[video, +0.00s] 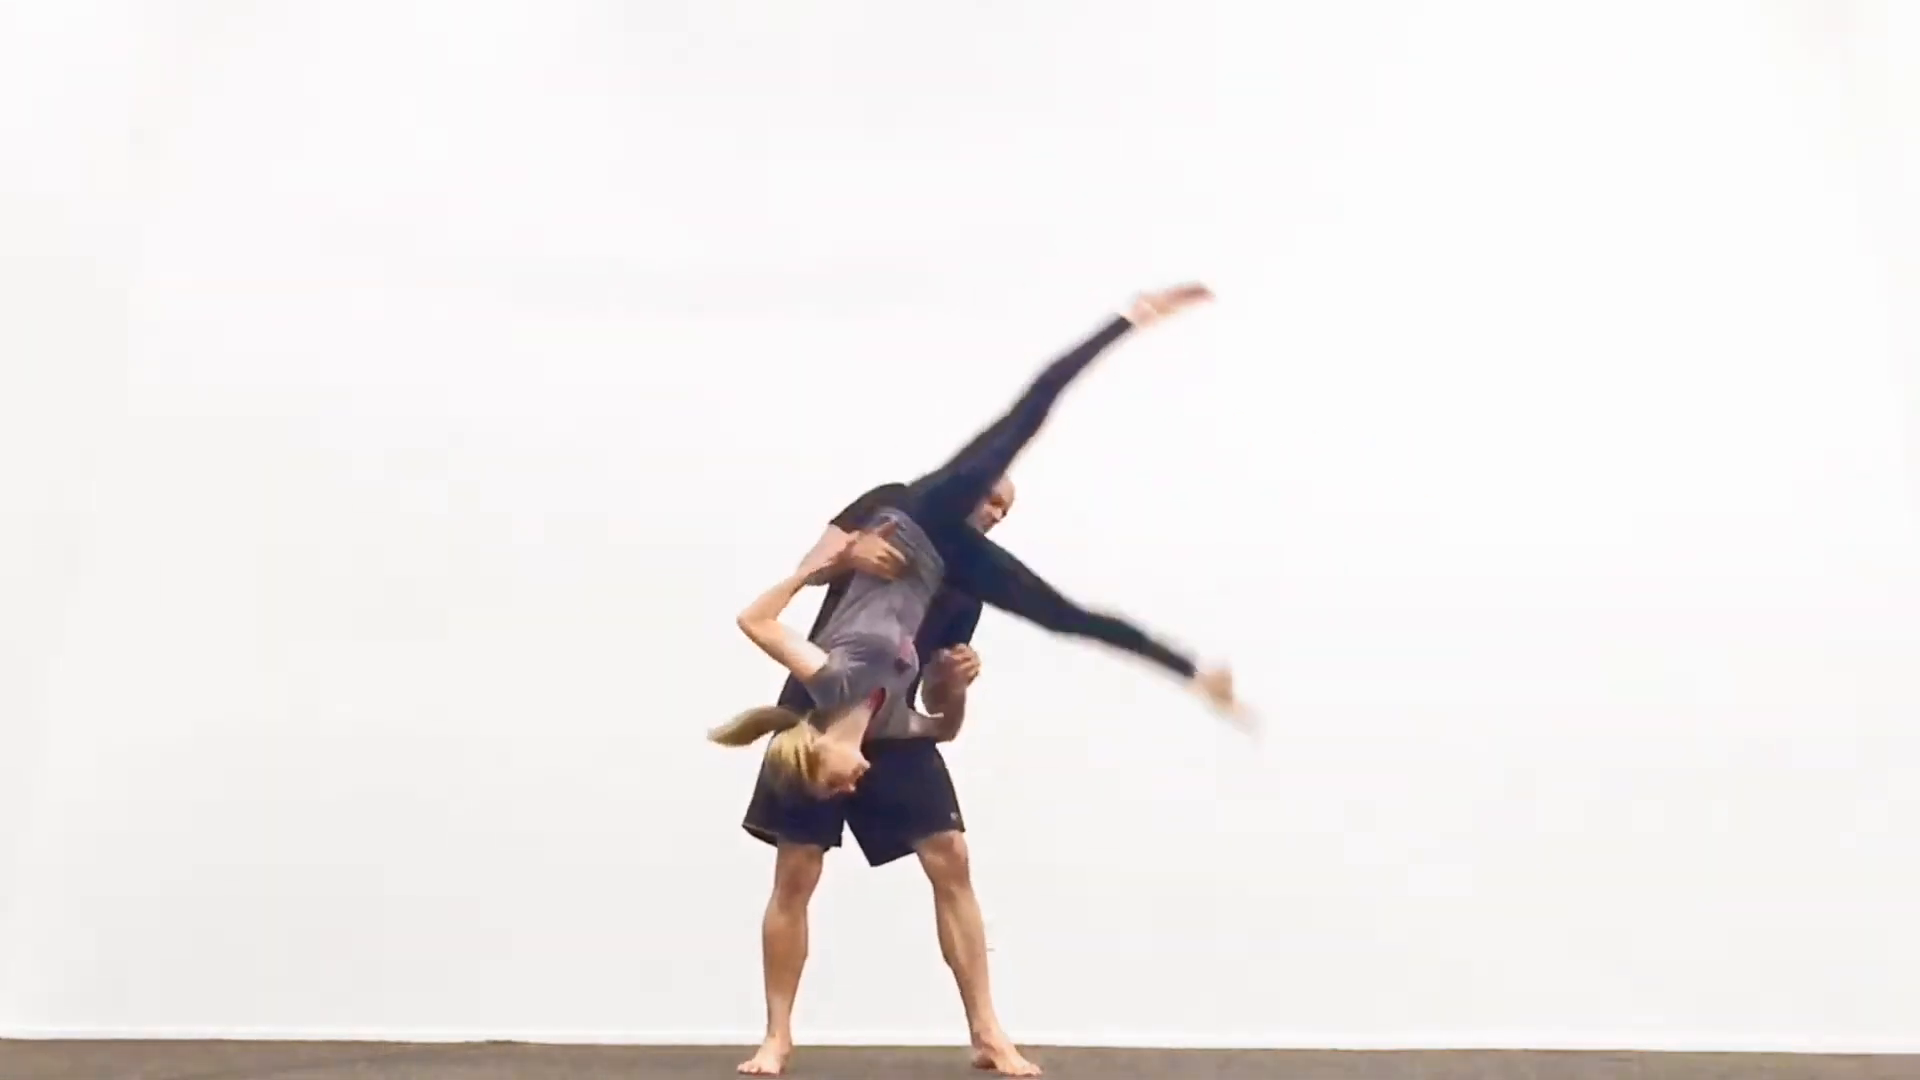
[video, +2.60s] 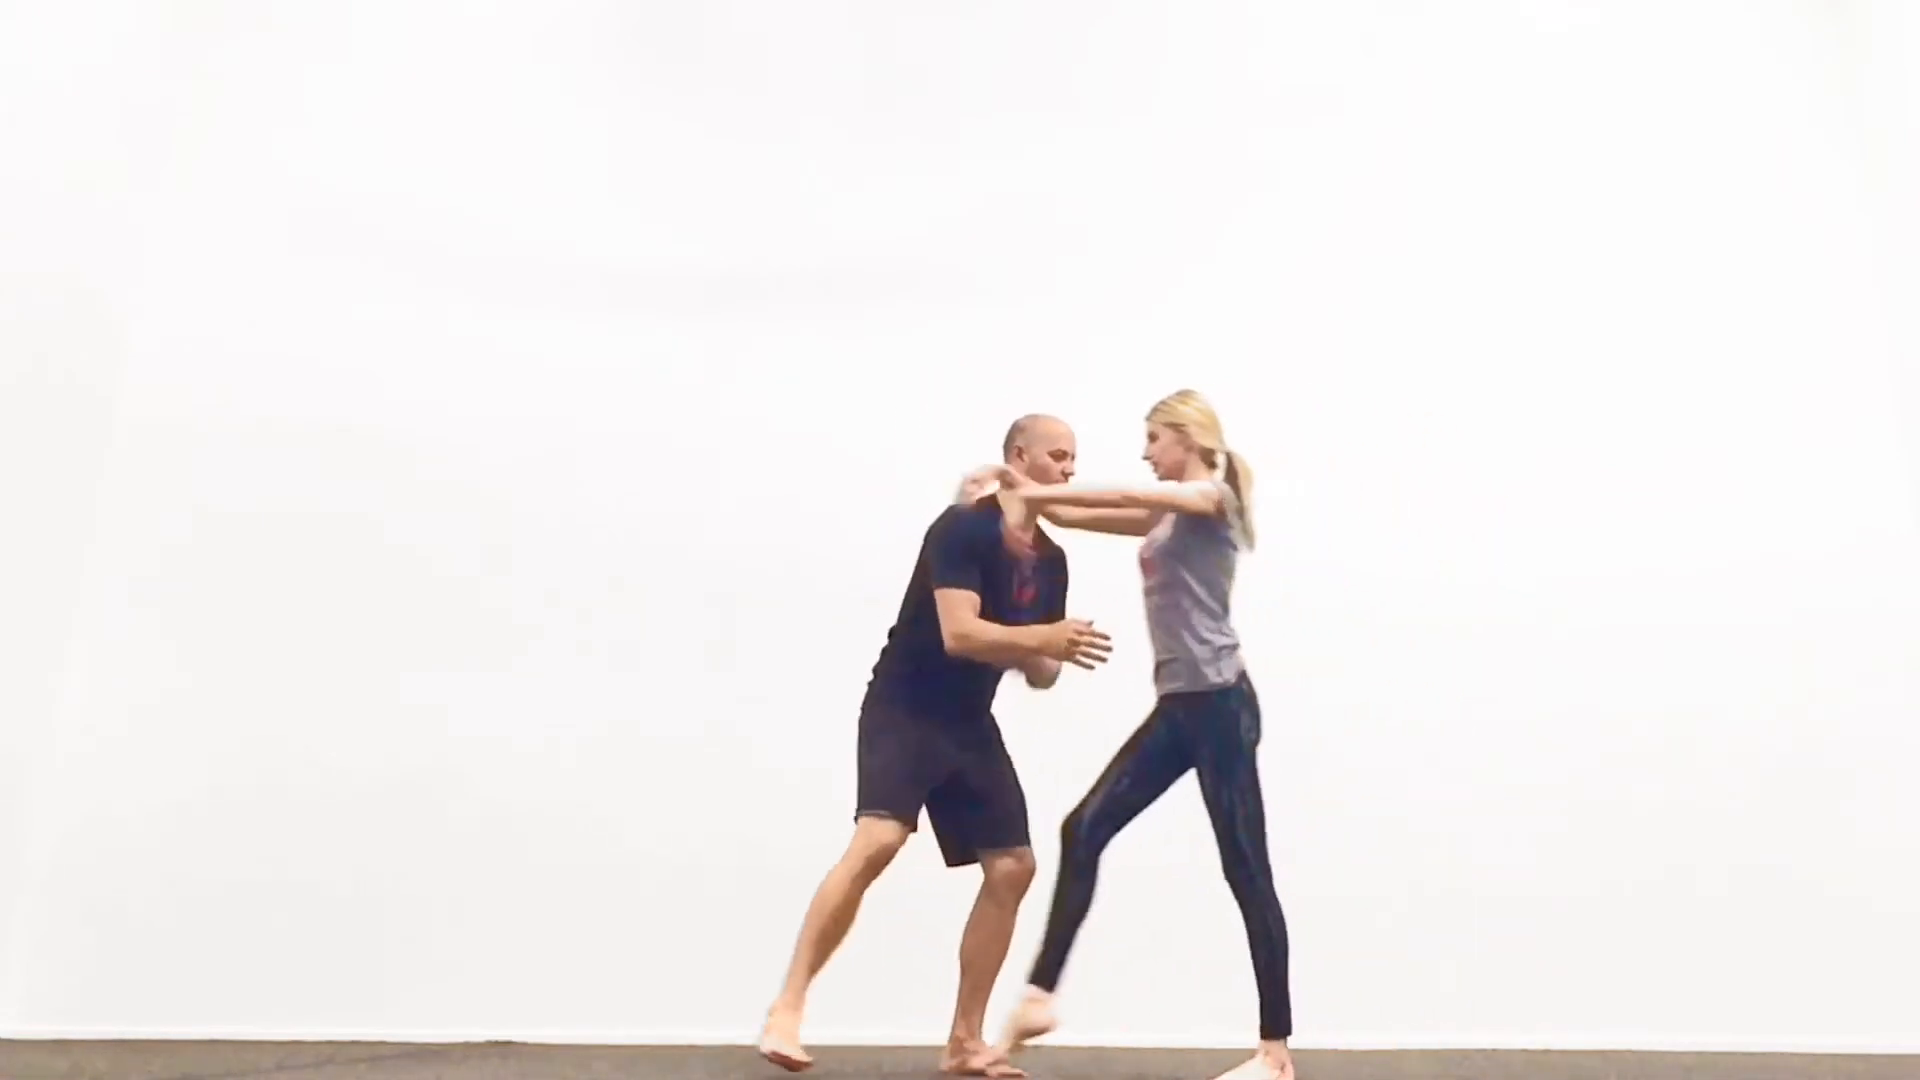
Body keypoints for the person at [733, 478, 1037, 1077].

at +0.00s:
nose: (992, 517)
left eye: (1001, 511)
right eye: (989, 501)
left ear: (999, 517)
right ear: (964, 490)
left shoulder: (966, 590)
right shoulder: (885, 512)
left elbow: (946, 716)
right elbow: (809, 567)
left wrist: (953, 687)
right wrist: (852, 550)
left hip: (899, 723)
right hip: (820, 715)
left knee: (950, 857)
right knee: (796, 875)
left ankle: (986, 1033)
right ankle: (776, 1038)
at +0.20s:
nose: (1025, 519)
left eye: (1031, 513)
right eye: (1021, 504)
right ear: (985, 487)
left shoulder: (987, 585)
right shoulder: (928, 512)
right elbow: (873, 587)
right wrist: (946, 594)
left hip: (932, 729)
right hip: (854, 720)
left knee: (984, 863)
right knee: (816, 878)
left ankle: (991, 1038)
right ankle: (779, 1036)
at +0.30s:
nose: (1038, 513)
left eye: (1044, 506)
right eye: (1034, 497)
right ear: (996, 482)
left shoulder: (1001, 584)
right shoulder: (944, 513)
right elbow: (919, 587)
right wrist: (1001, 621)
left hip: (936, 729)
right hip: (865, 717)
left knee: (995, 864)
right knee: (825, 878)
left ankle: (991, 1039)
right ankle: (781, 1035)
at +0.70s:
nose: (1066, 471)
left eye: (1071, 466)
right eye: (1059, 457)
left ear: (1056, 473)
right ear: (1021, 446)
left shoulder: (1033, 561)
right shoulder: (983, 476)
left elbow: (1021, 662)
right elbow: (978, 497)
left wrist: (1080, 696)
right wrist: (1074, 543)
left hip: (982, 706)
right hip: (917, 692)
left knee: (1000, 864)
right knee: (890, 849)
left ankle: (990, 1040)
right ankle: (816, 1004)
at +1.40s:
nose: (1009, 419)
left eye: (1009, 409)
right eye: (998, 405)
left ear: (976, 412)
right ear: (953, 405)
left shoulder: (974, 497)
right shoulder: (931, 479)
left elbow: (1006, 625)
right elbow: (936, 585)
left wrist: (1099, 617)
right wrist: (1046, 596)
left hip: (980, 698)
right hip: (934, 694)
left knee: (984, 859)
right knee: (928, 855)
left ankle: (961, 1033)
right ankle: (901, 1047)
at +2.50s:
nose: (1060, 451)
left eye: (1063, 440)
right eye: (1049, 438)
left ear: (1053, 447)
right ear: (1008, 439)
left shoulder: (1044, 537)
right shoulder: (955, 510)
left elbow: (1052, 644)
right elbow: (947, 621)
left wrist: (1035, 604)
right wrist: (1041, 638)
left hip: (976, 708)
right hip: (911, 699)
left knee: (999, 866)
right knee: (898, 843)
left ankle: (965, 1039)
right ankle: (836, 1022)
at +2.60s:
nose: (1068, 469)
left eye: (1072, 460)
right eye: (1056, 457)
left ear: (1064, 469)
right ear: (1016, 459)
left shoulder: (1051, 559)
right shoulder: (962, 527)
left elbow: (1042, 675)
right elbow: (960, 635)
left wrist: (1016, 640)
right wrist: (1052, 636)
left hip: (970, 717)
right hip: (903, 705)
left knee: (1011, 868)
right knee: (880, 838)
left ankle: (965, 1041)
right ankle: (787, 1009)